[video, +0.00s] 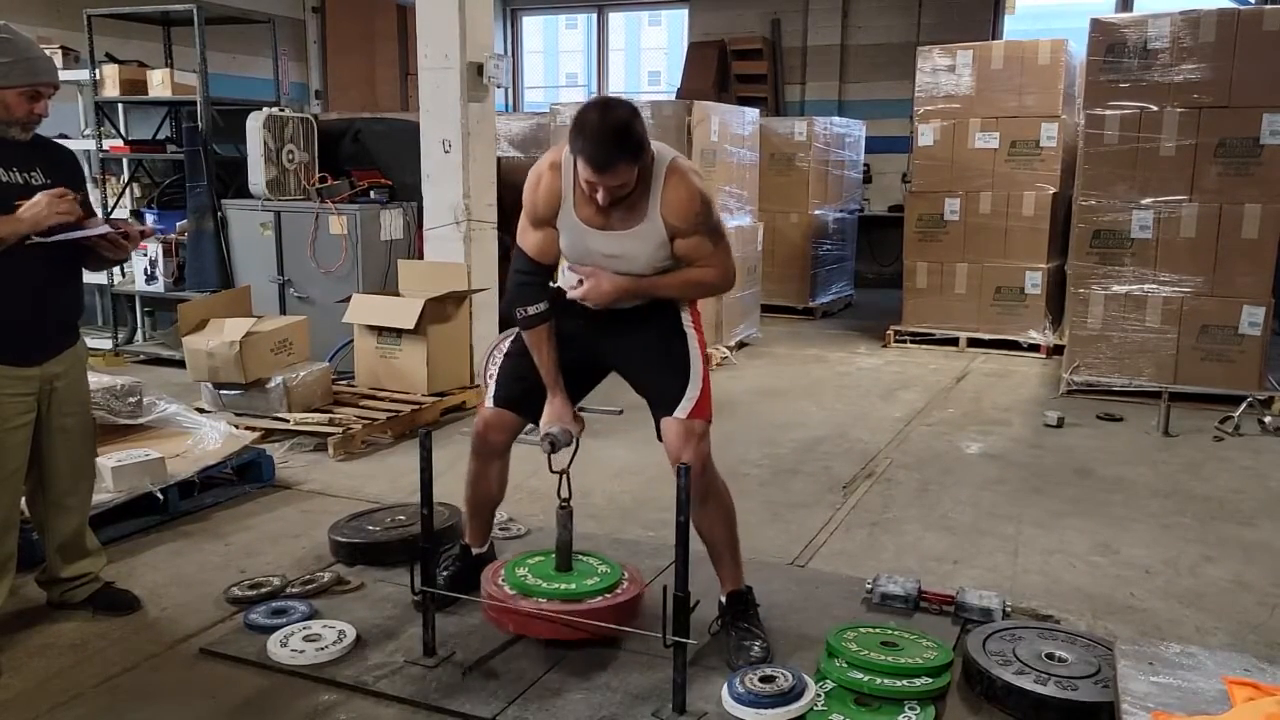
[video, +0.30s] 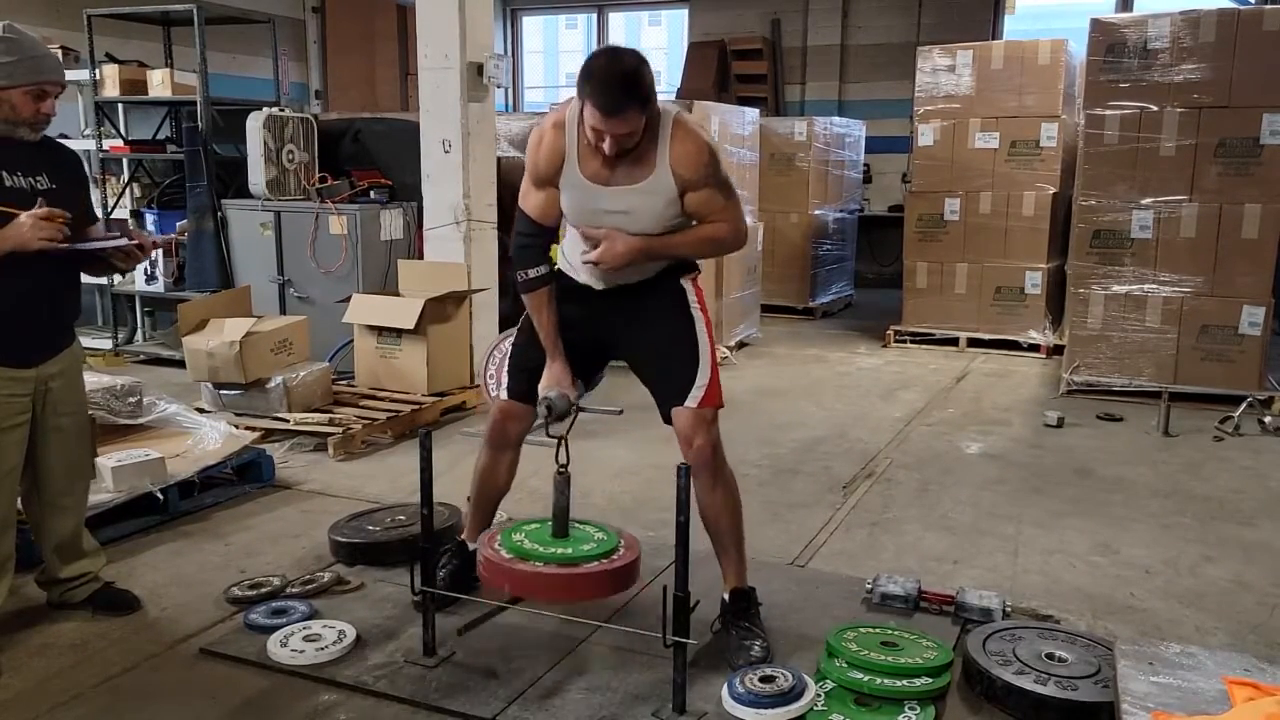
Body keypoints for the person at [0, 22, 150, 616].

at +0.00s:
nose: (43, 107)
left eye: (48, 95)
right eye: (32, 95)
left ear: (50, 92)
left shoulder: (58, 158)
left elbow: (86, 249)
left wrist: (112, 249)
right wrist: (21, 222)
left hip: (62, 347)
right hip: (5, 357)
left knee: (69, 473)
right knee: (7, 490)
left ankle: (74, 581)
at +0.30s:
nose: (50, 107)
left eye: (55, 95)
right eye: (38, 94)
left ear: (58, 92)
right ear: (2, 88)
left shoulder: (63, 160)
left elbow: (85, 251)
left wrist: (118, 253)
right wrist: (9, 237)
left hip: (57, 351)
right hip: (3, 361)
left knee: (64, 474)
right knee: (6, 489)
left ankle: (73, 580)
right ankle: (1, 597)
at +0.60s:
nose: (45, 109)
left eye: (53, 97)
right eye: (34, 96)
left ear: (57, 94)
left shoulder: (63, 159)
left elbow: (87, 252)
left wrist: (117, 251)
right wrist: (22, 225)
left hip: (60, 350)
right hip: (4, 360)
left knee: (66, 474)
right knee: (5, 489)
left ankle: (72, 579)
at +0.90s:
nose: (48, 110)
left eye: (55, 98)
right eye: (38, 97)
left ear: (57, 95)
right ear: (2, 88)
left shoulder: (64, 160)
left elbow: (75, 254)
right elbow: (0, 245)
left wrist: (113, 250)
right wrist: (48, 223)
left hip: (62, 348)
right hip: (5, 358)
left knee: (68, 473)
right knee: (7, 488)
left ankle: (73, 580)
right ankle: (2, 595)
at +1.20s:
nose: (63, 113)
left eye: (67, 101)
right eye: (52, 101)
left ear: (64, 98)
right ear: (11, 96)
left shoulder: (70, 161)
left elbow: (82, 253)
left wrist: (119, 249)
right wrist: (50, 231)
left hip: (65, 350)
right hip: (5, 359)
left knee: (68, 475)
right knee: (6, 490)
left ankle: (73, 579)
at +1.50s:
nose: (61, 113)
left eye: (67, 101)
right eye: (51, 100)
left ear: (67, 98)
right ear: (11, 94)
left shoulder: (72, 161)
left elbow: (85, 253)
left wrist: (120, 251)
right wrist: (51, 231)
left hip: (67, 352)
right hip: (7, 361)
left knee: (69, 476)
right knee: (7, 492)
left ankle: (73, 581)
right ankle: (1, 598)